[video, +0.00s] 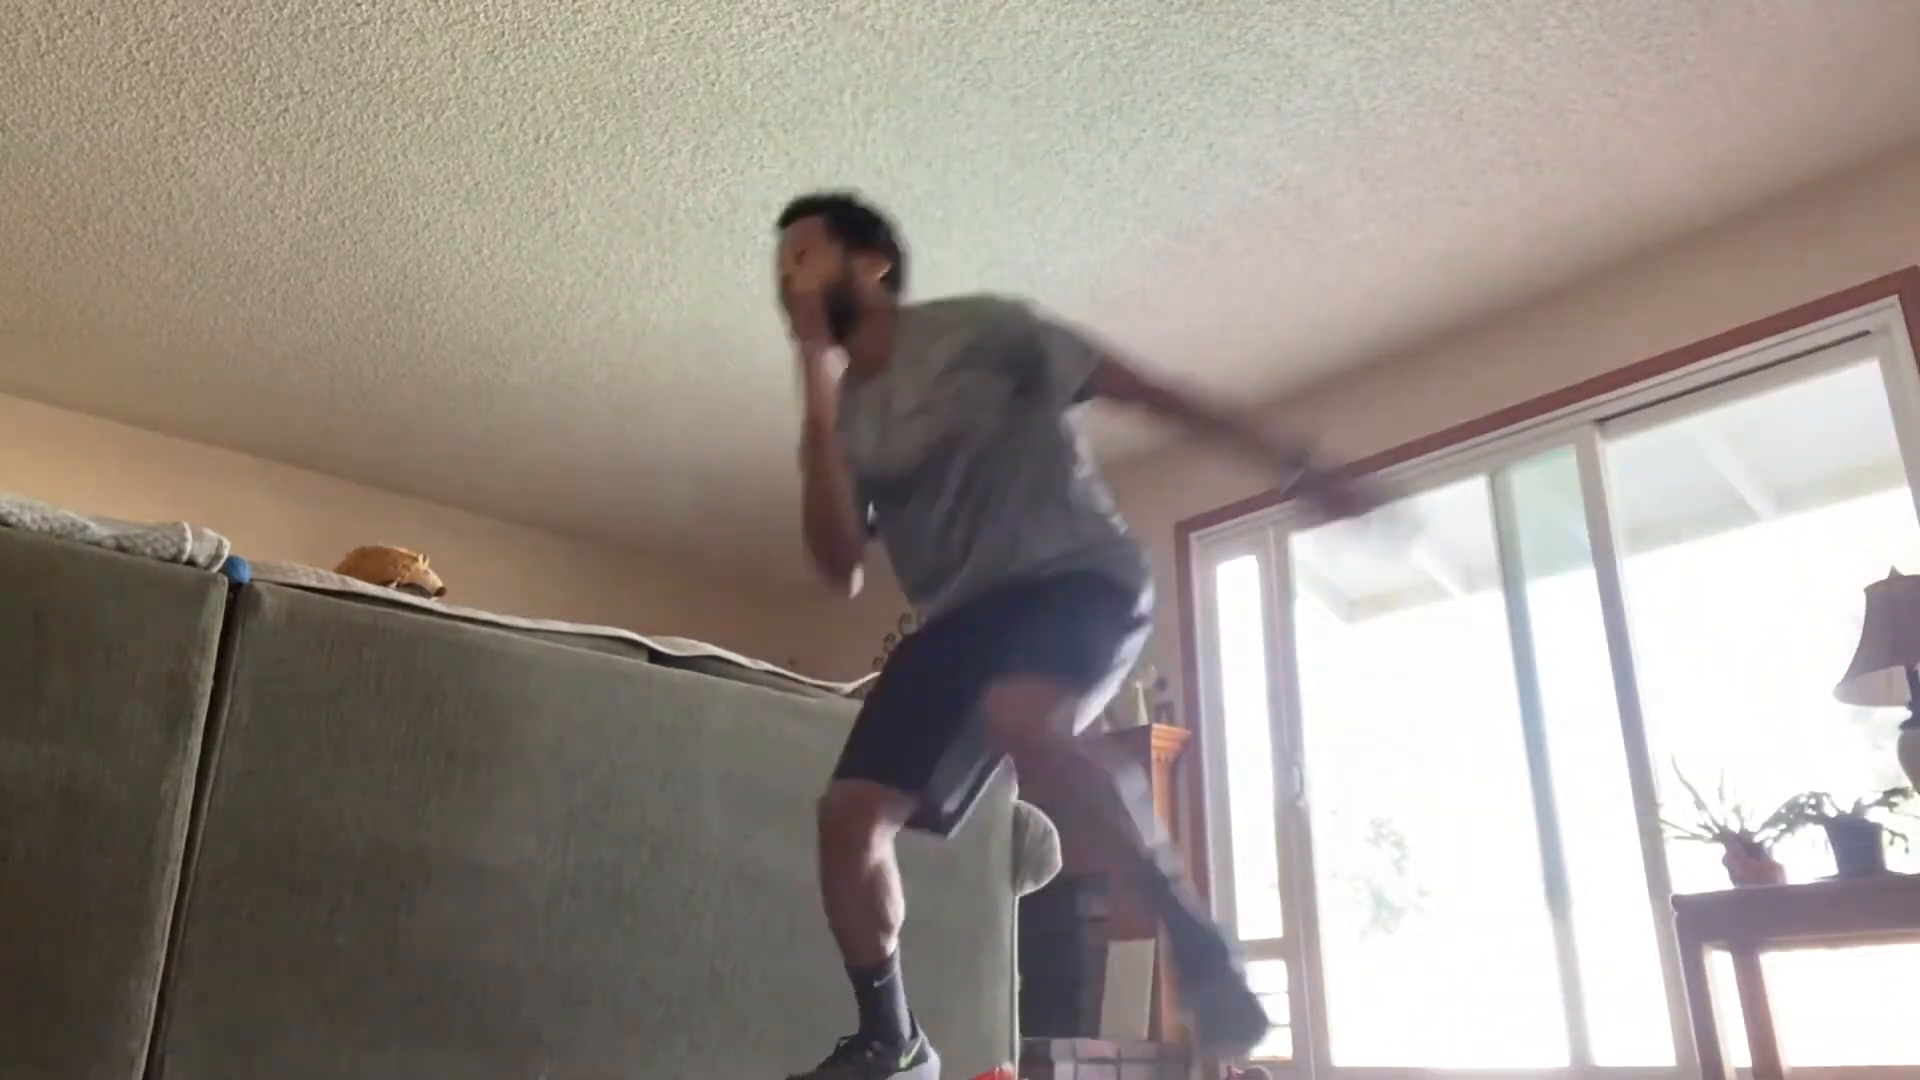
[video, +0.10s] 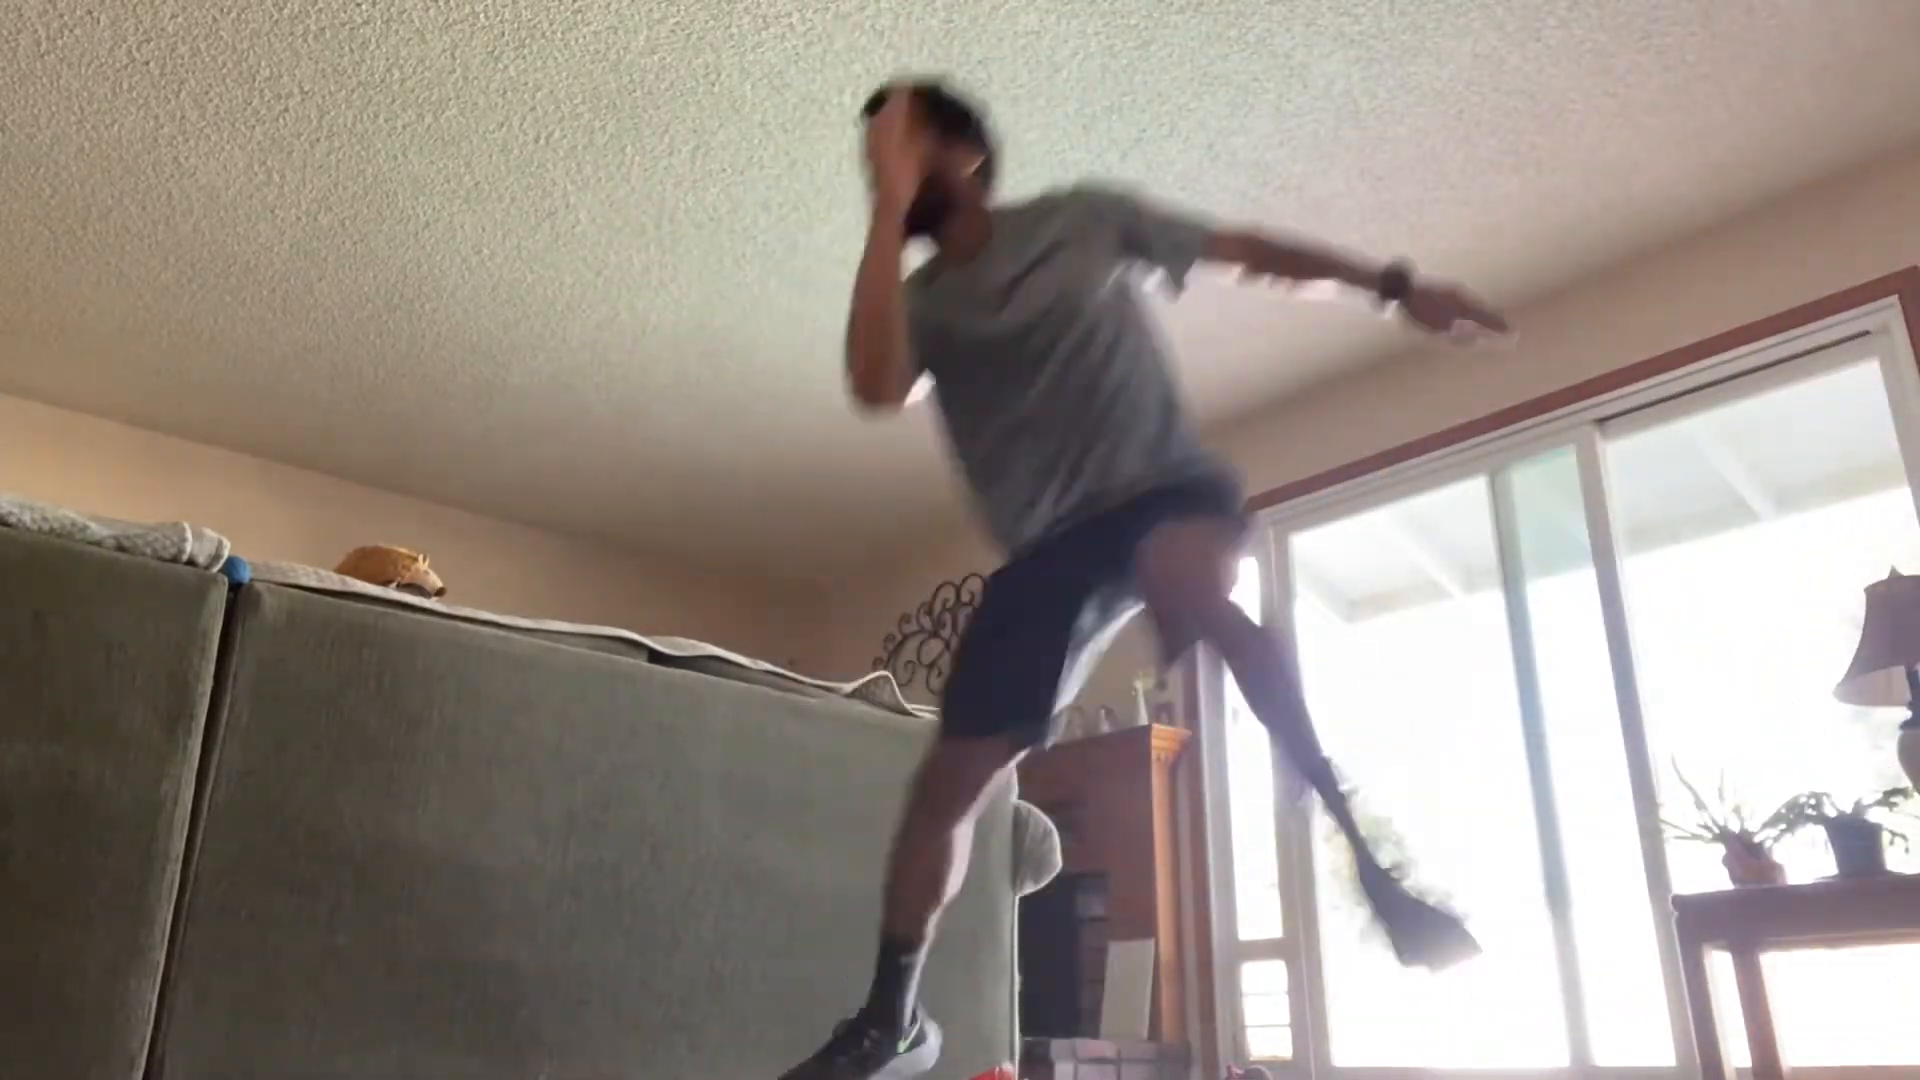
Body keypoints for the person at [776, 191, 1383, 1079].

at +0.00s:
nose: (788, 278)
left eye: (802, 255)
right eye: (782, 266)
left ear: (872, 263)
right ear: (792, 298)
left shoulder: (987, 329)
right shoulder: (842, 413)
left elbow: (1158, 394)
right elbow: (838, 569)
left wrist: (1298, 466)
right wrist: (819, 390)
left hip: (1079, 575)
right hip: (957, 619)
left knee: (1021, 714)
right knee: (850, 816)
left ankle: (1196, 950)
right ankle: (888, 1041)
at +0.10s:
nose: (894, 170)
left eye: (907, 143)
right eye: (884, 154)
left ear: (966, 153)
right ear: (908, 175)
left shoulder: (1084, 219)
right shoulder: (920, 305)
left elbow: (1251, 254)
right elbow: (876, 383)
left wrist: (1399, 285)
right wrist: (889, 202)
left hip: (1165, 493)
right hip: (1046, 551)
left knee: (1192, 598)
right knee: (944, 790)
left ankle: (1373, 864)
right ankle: (887, 1021)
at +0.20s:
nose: (1016, 61)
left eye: (1036, 34)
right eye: (1003, 47)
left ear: (1099, 39)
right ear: (1014, 80)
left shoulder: (1213, 109)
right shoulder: (1025, 200)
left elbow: (1358, 177)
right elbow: (959, 276)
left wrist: (1472, 233)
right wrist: (972, 93)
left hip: (1277, 423)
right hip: (1156, 478)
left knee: (1367, 532)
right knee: (1057, 746)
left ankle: (1600, 812)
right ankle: (1006, 987)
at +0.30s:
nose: (1167, 7)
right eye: (1153, 3)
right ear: (1145, 28)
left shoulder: (1377, 65)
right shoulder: (1144, 139)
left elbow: (1509, 180)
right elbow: (1076, 265)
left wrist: (1616, 290)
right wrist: (1095, 52)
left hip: (1414, 413)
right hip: (1267, 467)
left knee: (1562, 611)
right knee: (1167, 770)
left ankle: (1828, 923)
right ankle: (1203, 956)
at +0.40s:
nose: (1371, 13)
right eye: (1347, 5)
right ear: (1313, 9)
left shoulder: (1545, 85)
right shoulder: (1262, 145)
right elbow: (1246, 345)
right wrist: (1318, 178)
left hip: (1540, 418)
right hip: (1388, 481)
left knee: (1628, 626)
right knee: (1371, 829)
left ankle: (1887, 973)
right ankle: (1477, 917)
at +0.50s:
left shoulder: (1603, 20)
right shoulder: (1319, 79)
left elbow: (1687, 207)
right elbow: (1317, 306)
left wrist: (1732, 299)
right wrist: (1493, 295)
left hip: (1593, 368)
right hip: (1436, 427)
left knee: (1667, 599)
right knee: (1487, 720)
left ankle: (1890, 943)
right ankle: (1677, 871)